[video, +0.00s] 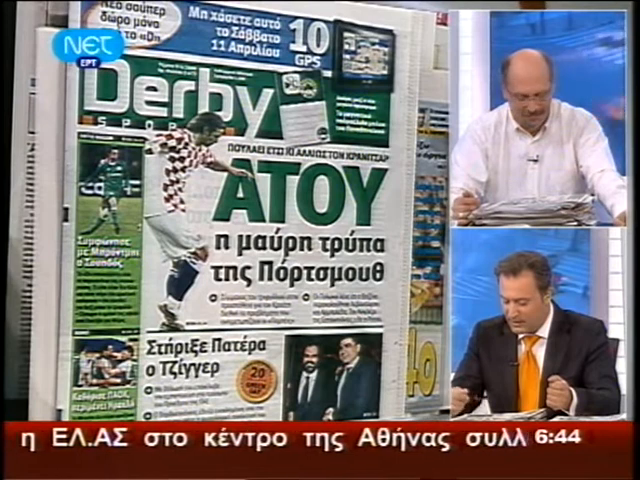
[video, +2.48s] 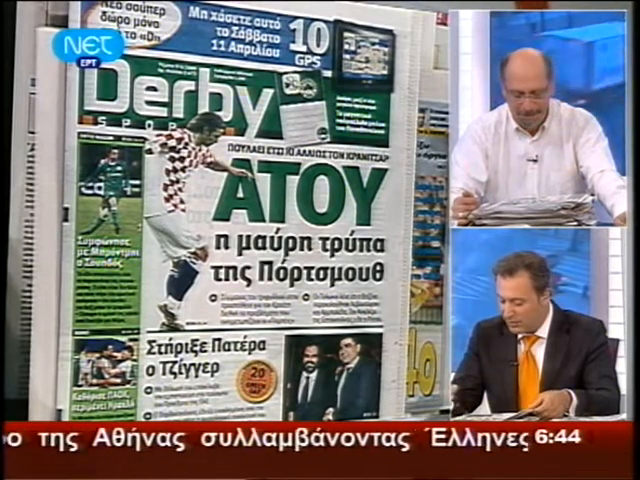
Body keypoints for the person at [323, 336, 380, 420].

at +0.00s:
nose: (343, 351)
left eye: (347, 346)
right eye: (341, 348)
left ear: (358, 348)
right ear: (339, 351)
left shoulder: (367, 368)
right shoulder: (341, 371)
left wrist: (335, 416)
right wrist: (332, 410)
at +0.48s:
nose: (343, 351)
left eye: (347, 346)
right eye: (341, 348)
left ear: (358, 348)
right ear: (339, 351)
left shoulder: (367, 368)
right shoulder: (341, 371)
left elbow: (361, 408)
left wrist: (335, 416)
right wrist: (331, 410)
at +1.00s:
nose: (343, 351)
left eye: (347, 346)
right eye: (341, 348)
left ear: (358, 348)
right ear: (339, 351)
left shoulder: (367, 368)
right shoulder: (341, 371)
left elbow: (360, 408)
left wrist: (335, 416)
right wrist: (331, 410)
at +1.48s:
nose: (343, 351)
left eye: (347, 346)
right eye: (341, 348)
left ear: (358, 348)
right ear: (339, 351)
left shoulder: (367, 368)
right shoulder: (341, 371)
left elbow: (361, 407)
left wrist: (335, 416)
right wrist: (332, 410)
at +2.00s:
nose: (343, 351)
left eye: (347, 346)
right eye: (341, 348)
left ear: (358, 348)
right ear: (339, 351)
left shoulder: (367, 368)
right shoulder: (341, 371)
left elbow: (361, 408)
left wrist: (335, 416)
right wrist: (331, 410)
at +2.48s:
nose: (343, 351)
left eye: (347, 346)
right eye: (341, 348)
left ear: (358, 348)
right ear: (339, 351)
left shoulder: (367, 367)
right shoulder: (341, 371)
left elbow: (362, 407)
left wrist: (335, 416)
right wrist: (332, 410)